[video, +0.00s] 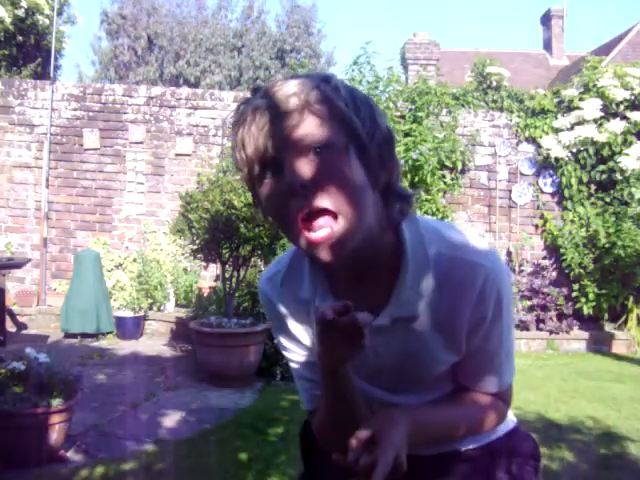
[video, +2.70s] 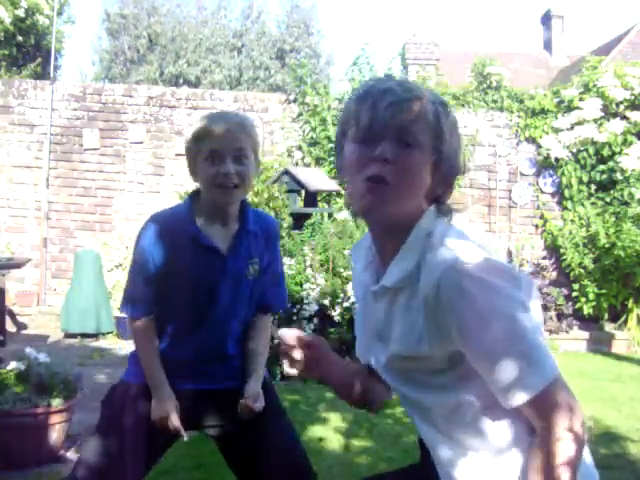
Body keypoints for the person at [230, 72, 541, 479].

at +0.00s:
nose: (300, 178)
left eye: (319, 150)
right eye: (271, 168)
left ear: (376, 161)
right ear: (259, 201)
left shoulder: (475, 274)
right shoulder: (282, 290)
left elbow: (489, 405)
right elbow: (335, 442)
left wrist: (406, 422)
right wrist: (333, 367)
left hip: (472, 455)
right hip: (357, 457)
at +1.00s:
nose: (264, 185)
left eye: (283, 157)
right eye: (256, 167)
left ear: (357, 154)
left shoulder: (467, 269)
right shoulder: (292, 273)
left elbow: (503, 410)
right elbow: (337, 447)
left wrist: (384, 459)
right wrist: (311, 353)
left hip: (483, 460)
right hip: (377, 458)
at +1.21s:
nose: (273, 164)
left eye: (282, 151)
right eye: (276, 150)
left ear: (326, 162)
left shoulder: (433, 284)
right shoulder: (333, 245)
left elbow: (552, 417)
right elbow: (313, 390)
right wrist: (277, 270)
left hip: (484, 472)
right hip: (413, 450)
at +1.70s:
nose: (345, 179)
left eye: (351, 164)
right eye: (350, 163)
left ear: (373, 178)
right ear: (456, 177)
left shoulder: (448, 277)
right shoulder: (413, 259)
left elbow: (556, 435)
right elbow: (368, 388)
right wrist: (344, 259)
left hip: (510, 471)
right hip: (456, 464)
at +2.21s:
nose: (352, 148)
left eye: (363, 137)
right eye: (359, 137)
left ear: (403, 154)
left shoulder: (456, 260)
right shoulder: (422, 251)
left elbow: (569, 422)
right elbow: (378, 378)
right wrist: (349, 253)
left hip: (524, 471)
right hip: (479, 464)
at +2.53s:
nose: (389, 150)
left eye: (414, 141)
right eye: (375, 136)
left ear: (447, 178)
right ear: (351, 158)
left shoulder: (466, 272)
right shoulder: (379, 253)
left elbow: (569, 421)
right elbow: (353, 389)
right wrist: (326, 283)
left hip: (526, 472)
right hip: (455, 464)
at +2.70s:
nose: (382, 153)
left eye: (406, 143)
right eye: (365, 139)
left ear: (439, 180)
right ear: (341, 163)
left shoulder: (464, 271)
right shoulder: (367, 258)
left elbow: (562, 420)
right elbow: (375, 392)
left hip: (517, 470)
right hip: (445, 463)